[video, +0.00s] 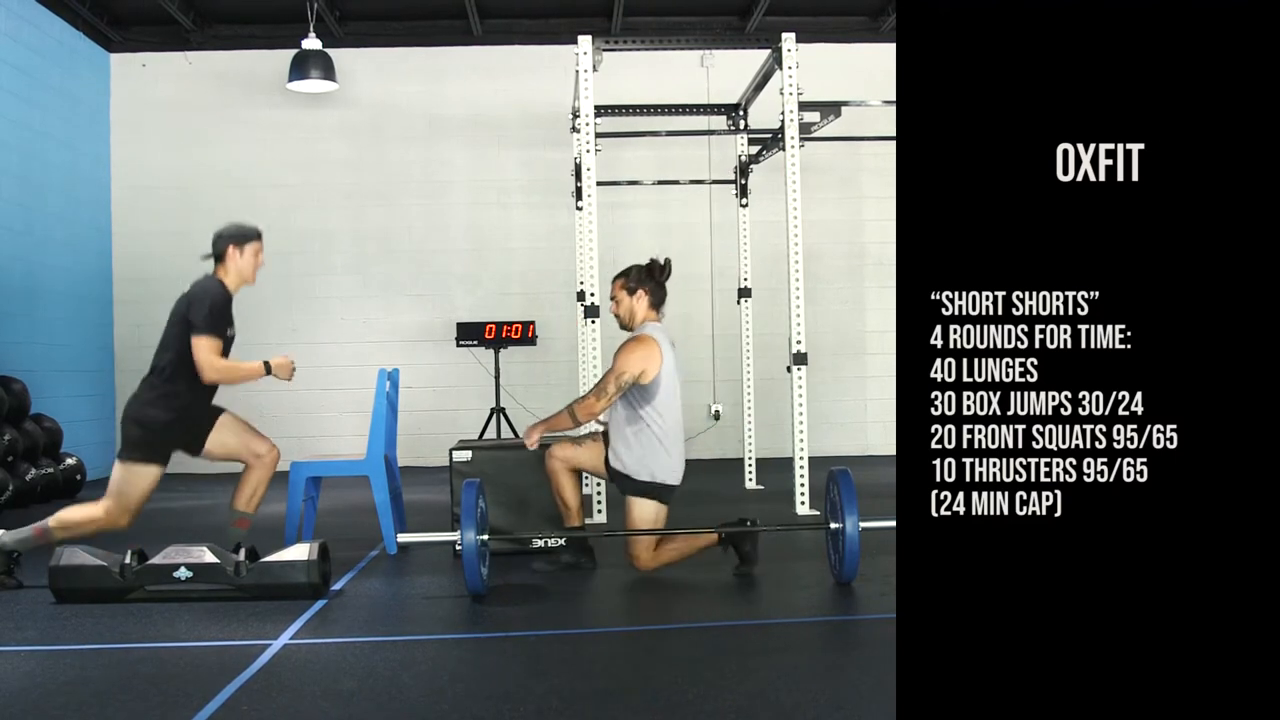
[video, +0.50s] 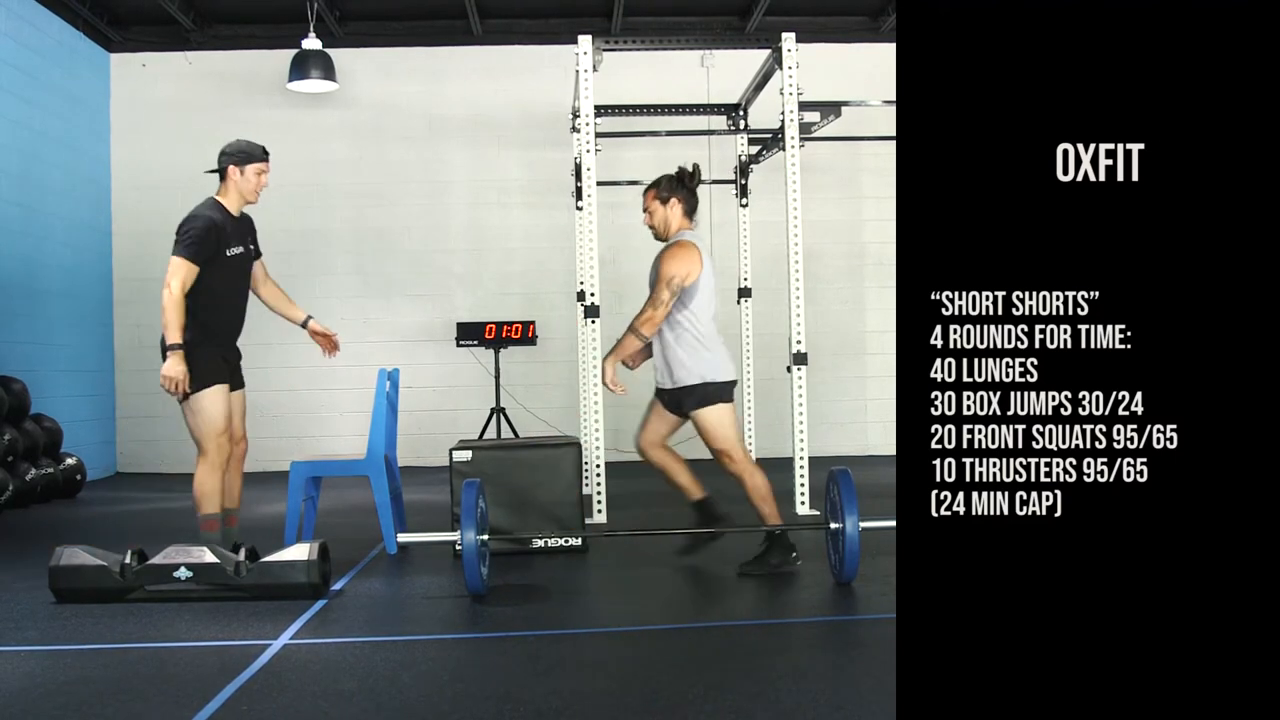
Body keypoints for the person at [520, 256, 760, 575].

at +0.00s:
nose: (612, 308)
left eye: (616, 299)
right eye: (612, 301)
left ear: (640, 296)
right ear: (641, 297)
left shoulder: (639, 348)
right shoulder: (653, 340)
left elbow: (591, 406)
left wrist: (541, 427)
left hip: (651, 464)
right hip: (627, 450)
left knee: (643, 557)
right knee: (558, 455)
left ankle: (729, 533)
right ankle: (576, 545)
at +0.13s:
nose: (615, 300)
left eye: (619, 291)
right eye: (615, 292)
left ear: (643, 289)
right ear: (644, 290)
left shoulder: (644, 339)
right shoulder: (653, 332)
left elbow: (597, 397)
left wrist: (547, 420)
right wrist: (596, 417)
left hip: (653, 457)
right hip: (631, 445)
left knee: (647, 551)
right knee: (560, 456)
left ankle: (733, 533)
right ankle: (577, 545)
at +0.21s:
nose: (623, 280)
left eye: (627, 271)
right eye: (623, 272)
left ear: (651, 269)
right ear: (653, 271)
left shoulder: (651, 321)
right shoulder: (662, 312)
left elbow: (607, 377)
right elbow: (643, 379)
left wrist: (558, 404)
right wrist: (605, 399)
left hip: (661, 438)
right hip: (637, 428)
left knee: (658, 531)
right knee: (570, 455)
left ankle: (744, 530)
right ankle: (577, 543)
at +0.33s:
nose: (634, 240)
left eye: (638, 232)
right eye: (633, 232)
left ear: (662, 228)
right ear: (663, 230)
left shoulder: (664, 278)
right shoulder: (675, 274)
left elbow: (630, 338)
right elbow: (666, 341)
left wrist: (589, 377)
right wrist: (629, 368)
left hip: (683, 400)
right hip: (660, 397)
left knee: (690, 487)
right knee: (613, 449)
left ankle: (768, 535)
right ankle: (593, 536)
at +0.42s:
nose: (640, 224)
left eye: (644, 216)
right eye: (640, 217)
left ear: (667, 212)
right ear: (672, 214)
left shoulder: (672, 260)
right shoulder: (685, 256)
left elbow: (645, 319)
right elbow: (677, 323)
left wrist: (605, 365)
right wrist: (641, 353)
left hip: (693, 382)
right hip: (674, 381)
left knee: (718, 466)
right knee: (628, 437)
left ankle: (776, 539)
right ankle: (644, 529)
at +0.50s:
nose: (645, 219)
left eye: (649, 210)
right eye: (644, 211)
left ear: (672, 206)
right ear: (675, 208)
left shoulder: (677, 254)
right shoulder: (684, 253)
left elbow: (654, 313)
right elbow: (673, 323)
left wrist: (613, 358)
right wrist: (640, 351)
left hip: (702, 378)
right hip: (680, 378)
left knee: (735, 458)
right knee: (649, 443)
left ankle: (779, 540)